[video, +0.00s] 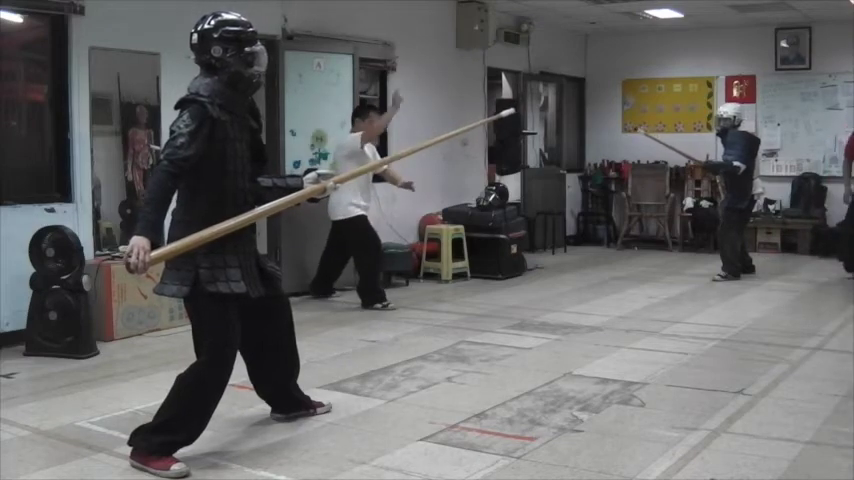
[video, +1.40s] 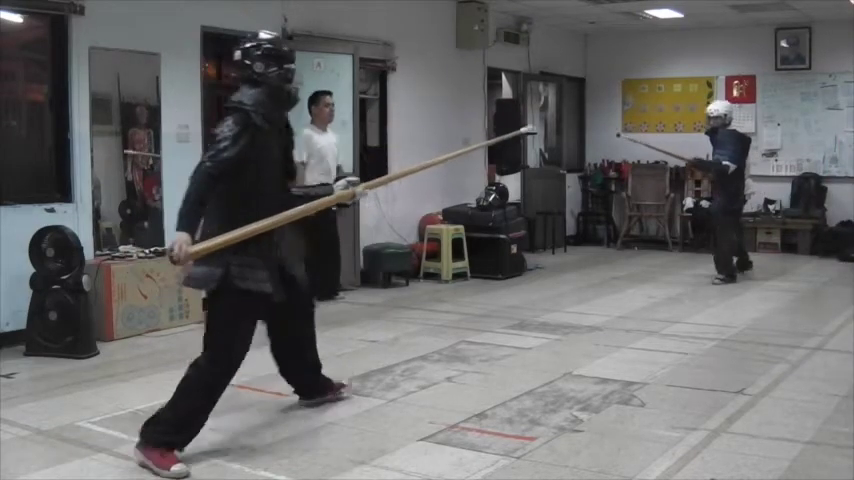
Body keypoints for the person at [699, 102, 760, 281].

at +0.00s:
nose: (720, 124)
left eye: (725, 120)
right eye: (719, 120)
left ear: (735, 121)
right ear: (718, 120)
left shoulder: (739, 138)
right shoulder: (730, 138)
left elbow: (736, 166)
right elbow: (730, 164)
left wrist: (707, 166)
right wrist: (707, 167)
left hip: (739, 195)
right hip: (737, 194)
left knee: (726, 230)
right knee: (733, 229)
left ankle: (731, 270)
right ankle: (745, 264)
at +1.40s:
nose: (711, 122)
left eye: (715, 118)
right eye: (710, 118)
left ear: (726, 119)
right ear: (710, 119)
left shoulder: (731, 138)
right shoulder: (719, 138)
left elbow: (725, 168)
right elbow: (721, 164)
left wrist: (698, 163)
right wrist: (702, 166)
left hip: (728, 194)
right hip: (725, 193)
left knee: (722, 230)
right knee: (731, 227)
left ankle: (727, 273)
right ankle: (743, 260)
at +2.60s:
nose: (672, 135)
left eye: (677, 131)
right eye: (670, 131)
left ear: (688, 131)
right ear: (666, 130)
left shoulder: (694, 149)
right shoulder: (678, 150)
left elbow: (688, 178)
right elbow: (681, 175)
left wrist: (663, 180)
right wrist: (665, 180)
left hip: (701, 206)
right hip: (689, 205)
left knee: (680, 238)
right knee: (675, 236)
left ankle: (690, 285)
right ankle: (695, 275)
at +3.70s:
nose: (673, 125)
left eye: (678, 121)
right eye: (671, 121)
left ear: (689, 121)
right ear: (668, 121)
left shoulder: (695, 141)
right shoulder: (679, 141)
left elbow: (695, 173)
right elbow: (681, 169)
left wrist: (665, 175)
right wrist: (665, 170)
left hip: (694, 199)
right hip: (682, 198)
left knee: (681, 236)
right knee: (676, 236)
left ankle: (693, 282)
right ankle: (686, 276)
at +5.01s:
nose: (672, 122)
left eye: (677, 119)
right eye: (671, 118)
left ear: (688, 119)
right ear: (669, 118)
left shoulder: (695, 138)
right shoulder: (680, 140)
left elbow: (693, 171)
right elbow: (681, 168)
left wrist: (662, 174)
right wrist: (663, 171)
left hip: (693, 195)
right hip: (682, 194)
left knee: (684, 231)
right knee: (676, 229)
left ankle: (685, 281)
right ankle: (692, 273)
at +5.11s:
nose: (668, 125)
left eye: (673, 120)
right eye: (666, 120)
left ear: (683, 121)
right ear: (667, 120)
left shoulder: (692, 140)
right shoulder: (676, 141)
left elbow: (688, 173)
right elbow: (677, 169)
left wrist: (657, 174)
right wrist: (660, 171)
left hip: (693, 197)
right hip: (682, 195)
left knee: (682, 232)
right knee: (677, 230)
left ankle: (679, 281)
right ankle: (696, 272)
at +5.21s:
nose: (665, 128)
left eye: (670, 124)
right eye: (663, 124)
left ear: (680, 125)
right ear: (661, 123)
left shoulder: (686, 144)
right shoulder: (671, 144)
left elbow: (678, 175)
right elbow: (672, 171)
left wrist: (653, 179)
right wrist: (661, 178)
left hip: (690, 200)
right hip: (682, 198)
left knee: (678, 238)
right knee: (678, 236)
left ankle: (676, 285)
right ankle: (696, 273)